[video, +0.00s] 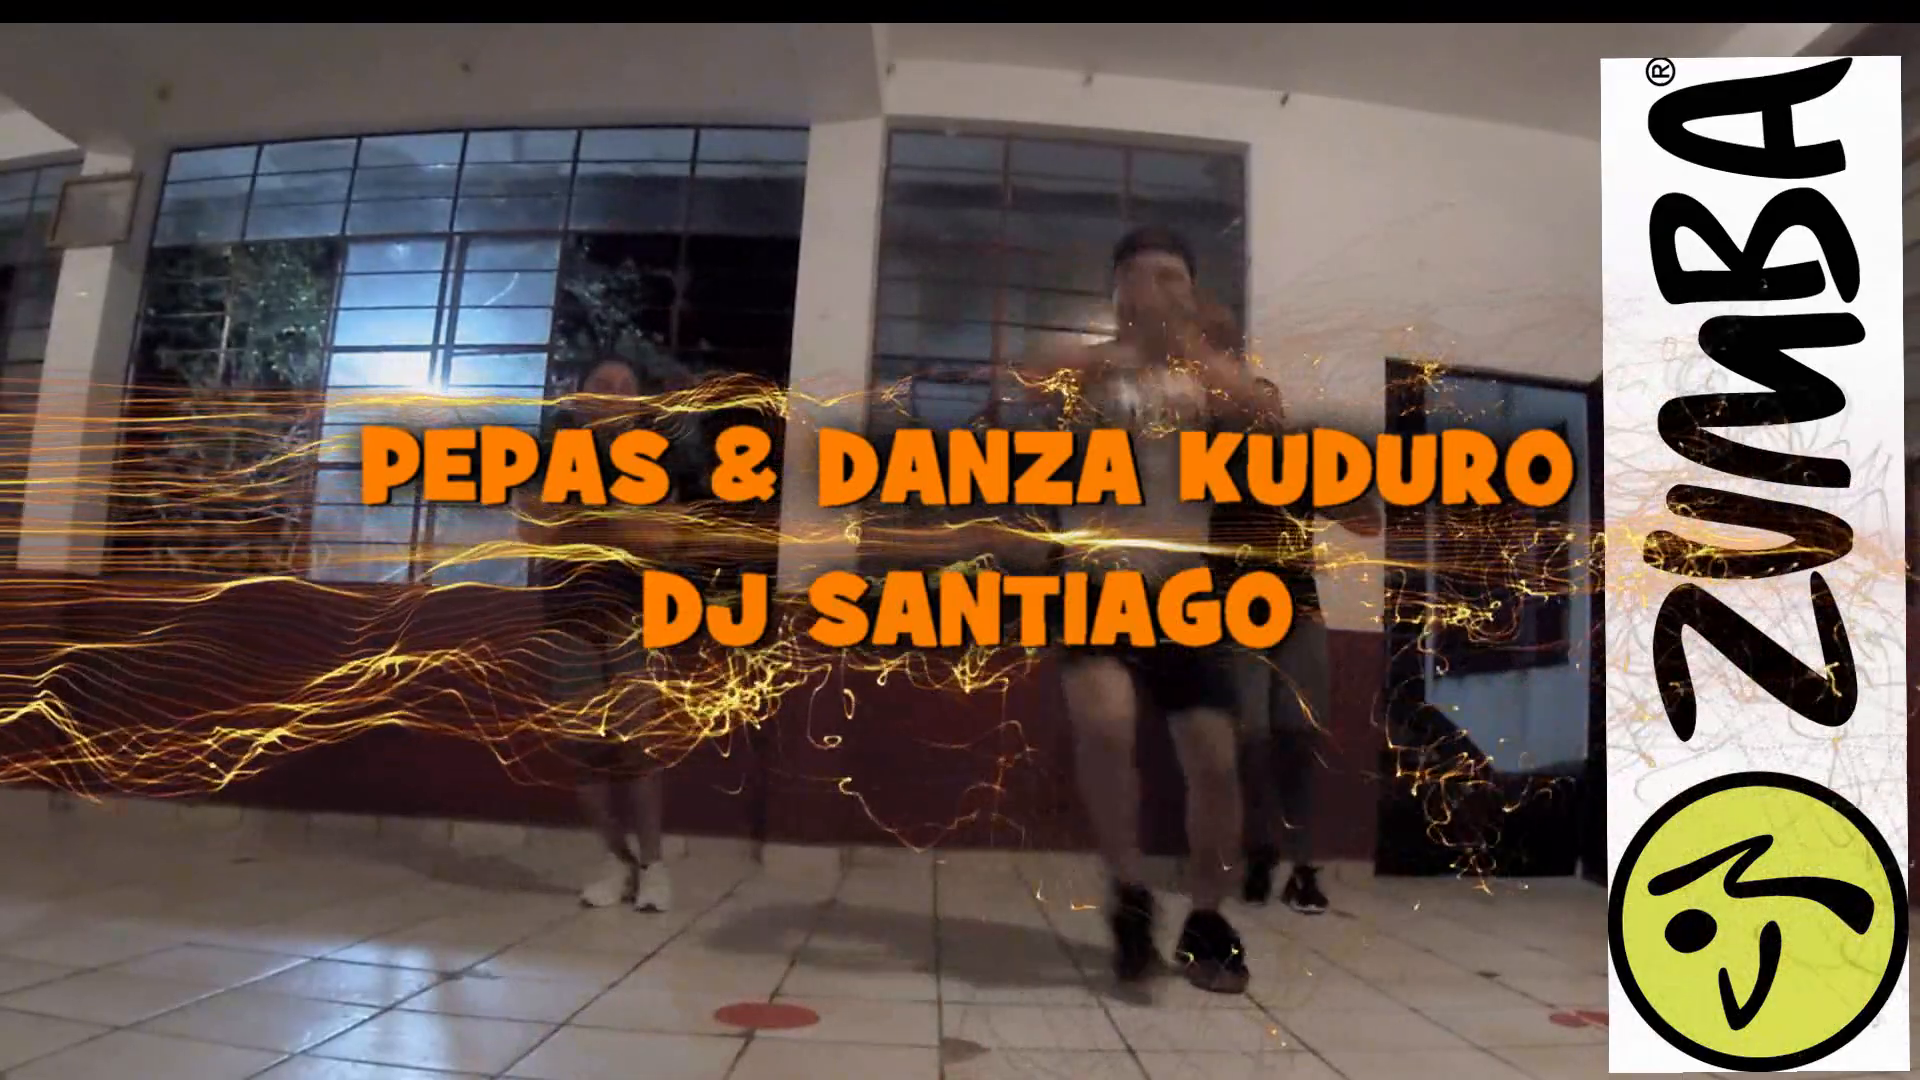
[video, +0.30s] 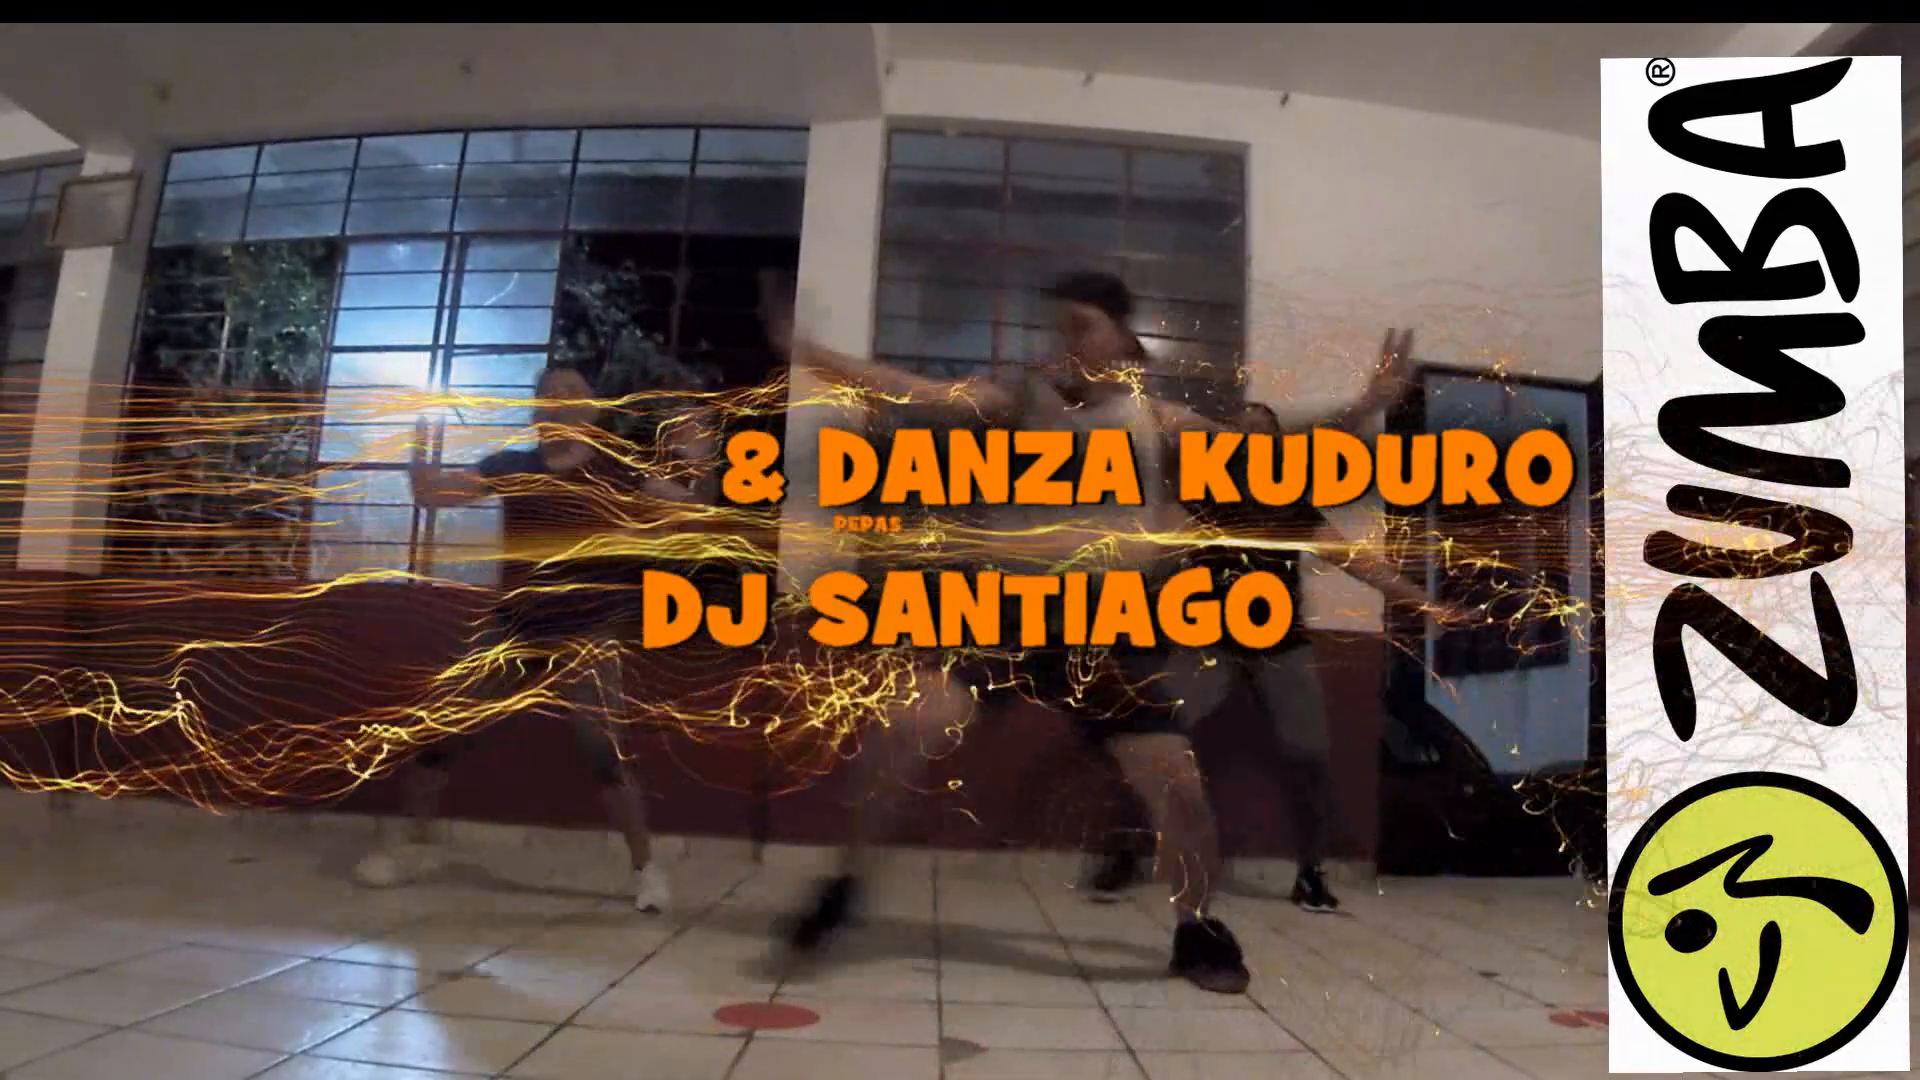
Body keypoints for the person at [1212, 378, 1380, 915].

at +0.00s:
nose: (1259, 408)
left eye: (1265, 399)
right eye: (1248, 398)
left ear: (1274, 404)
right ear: (1222, 393)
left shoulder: (1294, 456)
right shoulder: (1206, 452)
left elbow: (1366, 519)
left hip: (1295, 596)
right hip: (1231, 597)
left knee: (1300, 735)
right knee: (1249, 736)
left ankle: (1302, 864)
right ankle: (1258, 854)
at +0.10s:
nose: (1254, 420)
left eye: (1262, 413)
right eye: (1246, 413)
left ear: (1276, 416)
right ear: (1225, 414)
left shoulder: (1296, 465)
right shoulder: (1214, 462)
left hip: (1295, 597)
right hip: (1234, 599)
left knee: (1307, 732)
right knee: (1246, 739)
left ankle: (1314, 866)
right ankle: (1254, 861)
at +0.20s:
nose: (1257, 443)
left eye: (1266, 435)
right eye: (1251, 434)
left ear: (1281, 441)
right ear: (1235, 440)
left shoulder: (1299, 498)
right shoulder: (1212, 495)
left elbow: (1339, 545)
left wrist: (1372, 572)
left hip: (1295, 635)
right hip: (1226, 635)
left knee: (1318, 751)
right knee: (1204, 752)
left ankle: (1313, 868)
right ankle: (1203, 868)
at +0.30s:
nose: (1251, 449)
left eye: (1261, 439)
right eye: (1242, 437)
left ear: (1276, 445)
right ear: (1224, 441)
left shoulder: (1291, 505)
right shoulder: (1198, 499)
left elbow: (1357, 560)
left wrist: (1425, 603)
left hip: (1280, 639)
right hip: (1207, 637)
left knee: (1307, 751)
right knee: (1153, 730)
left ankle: (1311, 871)